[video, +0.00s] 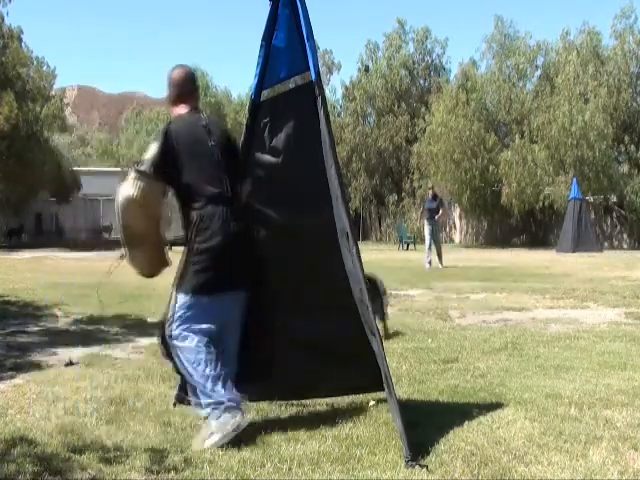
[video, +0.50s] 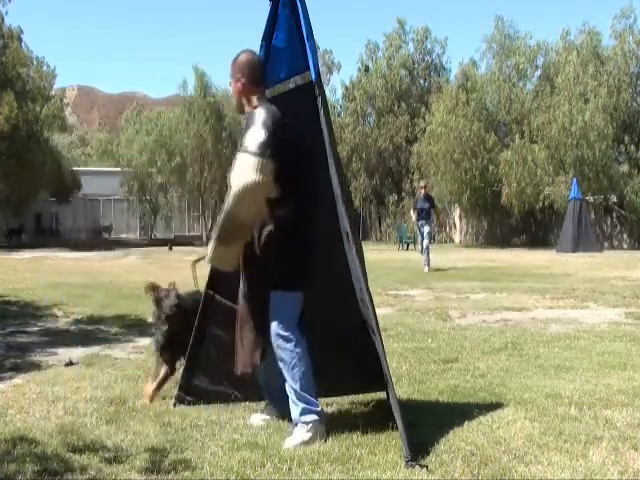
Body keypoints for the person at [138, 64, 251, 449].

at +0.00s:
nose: (169, 100)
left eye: (168, 94)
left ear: (169, 96)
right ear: (197, 93)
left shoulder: (173, 132)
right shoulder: (220, 131)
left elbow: (150, 184)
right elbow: (239, 176)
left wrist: (148, 245)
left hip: (209, 237)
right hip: (240, 236)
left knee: (182, 328)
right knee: (228, 327)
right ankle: (220, 408)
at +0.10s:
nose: (184, 96)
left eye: (183, 90)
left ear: (183, 93)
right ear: (213, 90)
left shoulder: (195, 129)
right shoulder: (230, 127)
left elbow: (169, 183)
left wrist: (166, 246)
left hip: (232, 234)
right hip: (239, 231)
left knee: (227, 333)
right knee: (223, 330)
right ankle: (225, 418)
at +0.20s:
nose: (198, 95)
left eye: (196, 90)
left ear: (198, 92)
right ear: (227, 89)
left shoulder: (210, 132)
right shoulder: (248, 128)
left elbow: (189, 183)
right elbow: (263, 178)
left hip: (248, 242)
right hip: (243, 241)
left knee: (260, 331)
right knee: (228, 331)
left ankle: (308, 417)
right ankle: (225, 416)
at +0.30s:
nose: (211, 97)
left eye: (211, 92)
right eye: (215, 91)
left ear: (215, 92)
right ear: (241, 88)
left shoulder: (234, 130)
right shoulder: (254, 128)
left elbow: (211, 182)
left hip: (254, 243)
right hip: (264, 240)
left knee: (268, 329)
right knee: (238, 324)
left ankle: (308, 416)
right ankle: (239, 408)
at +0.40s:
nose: (221, 94)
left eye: (222, 88)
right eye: (223, 87)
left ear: (230, 89)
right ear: (252, 84)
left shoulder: (253, 128)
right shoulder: (265, 122)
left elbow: (232, 189)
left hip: (276, 242)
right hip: (267, 240)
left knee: (274, 329)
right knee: (247, 322)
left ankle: (309, 416)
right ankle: (266, 400)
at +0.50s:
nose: (230, 89)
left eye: (231, 83)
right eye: (231, 82)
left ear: (240, 84)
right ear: (258, 81)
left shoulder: (270, 121)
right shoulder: (261, 120)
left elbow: (252, 186)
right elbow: (252, 183)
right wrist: (246, 229)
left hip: (287, 236)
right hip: (268, 236)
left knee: (282, 327)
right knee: (264, 324)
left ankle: (309, 416)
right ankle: (277, 405)